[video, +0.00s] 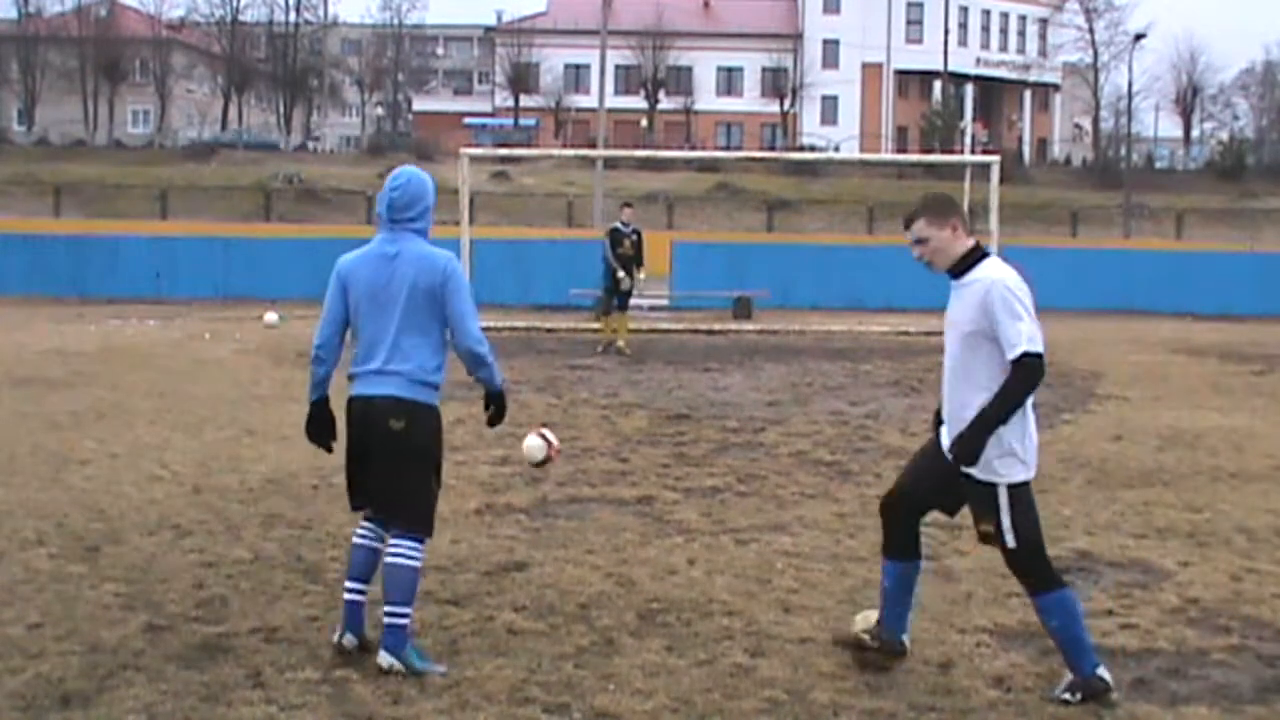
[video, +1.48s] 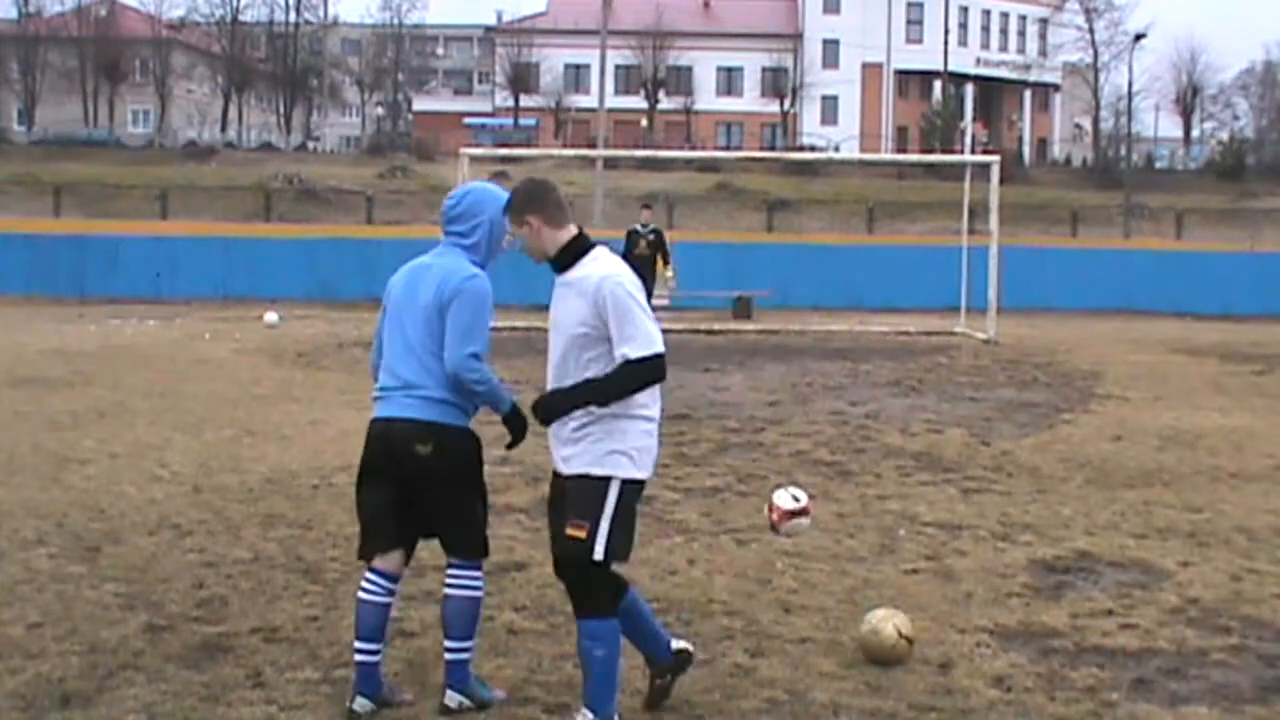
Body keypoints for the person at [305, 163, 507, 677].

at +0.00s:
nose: (431, 215)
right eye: (430, 207)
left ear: (382, 206)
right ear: (428, 210)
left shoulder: (351, 264)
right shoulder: (443, 265)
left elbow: (326, 342)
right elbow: (468, 339)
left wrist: (318, 399)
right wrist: (493, 384)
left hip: (363, 407)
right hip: (414, 412)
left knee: (373, 514)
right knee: (410, 528)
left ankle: (350, 627)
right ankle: (395, 643)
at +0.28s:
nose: (451, 231)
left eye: (451, 224)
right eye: (449, 224)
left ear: (400, 218)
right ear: (440, 224)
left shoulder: (361, 277)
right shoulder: (443, 278)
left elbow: (337, 355)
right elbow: (466, 360)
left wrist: (319, 413)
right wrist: (495, 414)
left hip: (385, 430)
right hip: (440, 427)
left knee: (415, 530)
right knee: (490, 517)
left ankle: (416, 646)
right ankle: (446, 608)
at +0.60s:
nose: (478, 235)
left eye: (480, 226)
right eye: (476, 226)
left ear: (427, 214)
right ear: (463, 222)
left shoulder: (384, 265)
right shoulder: (458, 264)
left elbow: (354, 342)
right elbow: (459, 337)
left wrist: (365, 371)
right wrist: (479, 390)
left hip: (396, 422)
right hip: (450, 418)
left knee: (412, 535)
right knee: (530, 483)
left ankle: (418, 646)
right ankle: (483, 583)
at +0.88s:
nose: (510, 242)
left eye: (509, 233)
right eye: (508, 234)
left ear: (458, 227)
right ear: (495, 234)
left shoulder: (410, 281)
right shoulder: (490, 289)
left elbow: (377, 361)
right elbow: (491, 385)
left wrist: (379, 403)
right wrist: (514, 442)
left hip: (414, 440)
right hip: (468, 441)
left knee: (424, 546)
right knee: (481, 556)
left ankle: (419, 647)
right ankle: (460, 677)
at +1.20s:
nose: (525, 236)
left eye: (526, 227)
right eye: (524, 227)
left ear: (471, 217)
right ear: (510, 228)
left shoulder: (417, 266)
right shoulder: (501, 284)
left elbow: (384, 350)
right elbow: (496, 375)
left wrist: (408, 396)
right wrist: (525, 426)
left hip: (400, 426)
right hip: (458, 432)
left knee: (417, 544)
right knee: (465, 557)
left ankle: (385, 666)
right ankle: (459, 682)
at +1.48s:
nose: (506, 237)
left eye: (506, 226)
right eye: (503, 227)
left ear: (453, 223)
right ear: (484, 228)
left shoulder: (404, 274)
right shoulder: (471, 283)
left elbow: (379, 360)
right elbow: (463, 363)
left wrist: (413, 402)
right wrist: (508, 406)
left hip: (386, 431)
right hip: (443, 437)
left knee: (386, 556)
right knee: (466, 557)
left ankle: (366, 684)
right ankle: (459, 682)